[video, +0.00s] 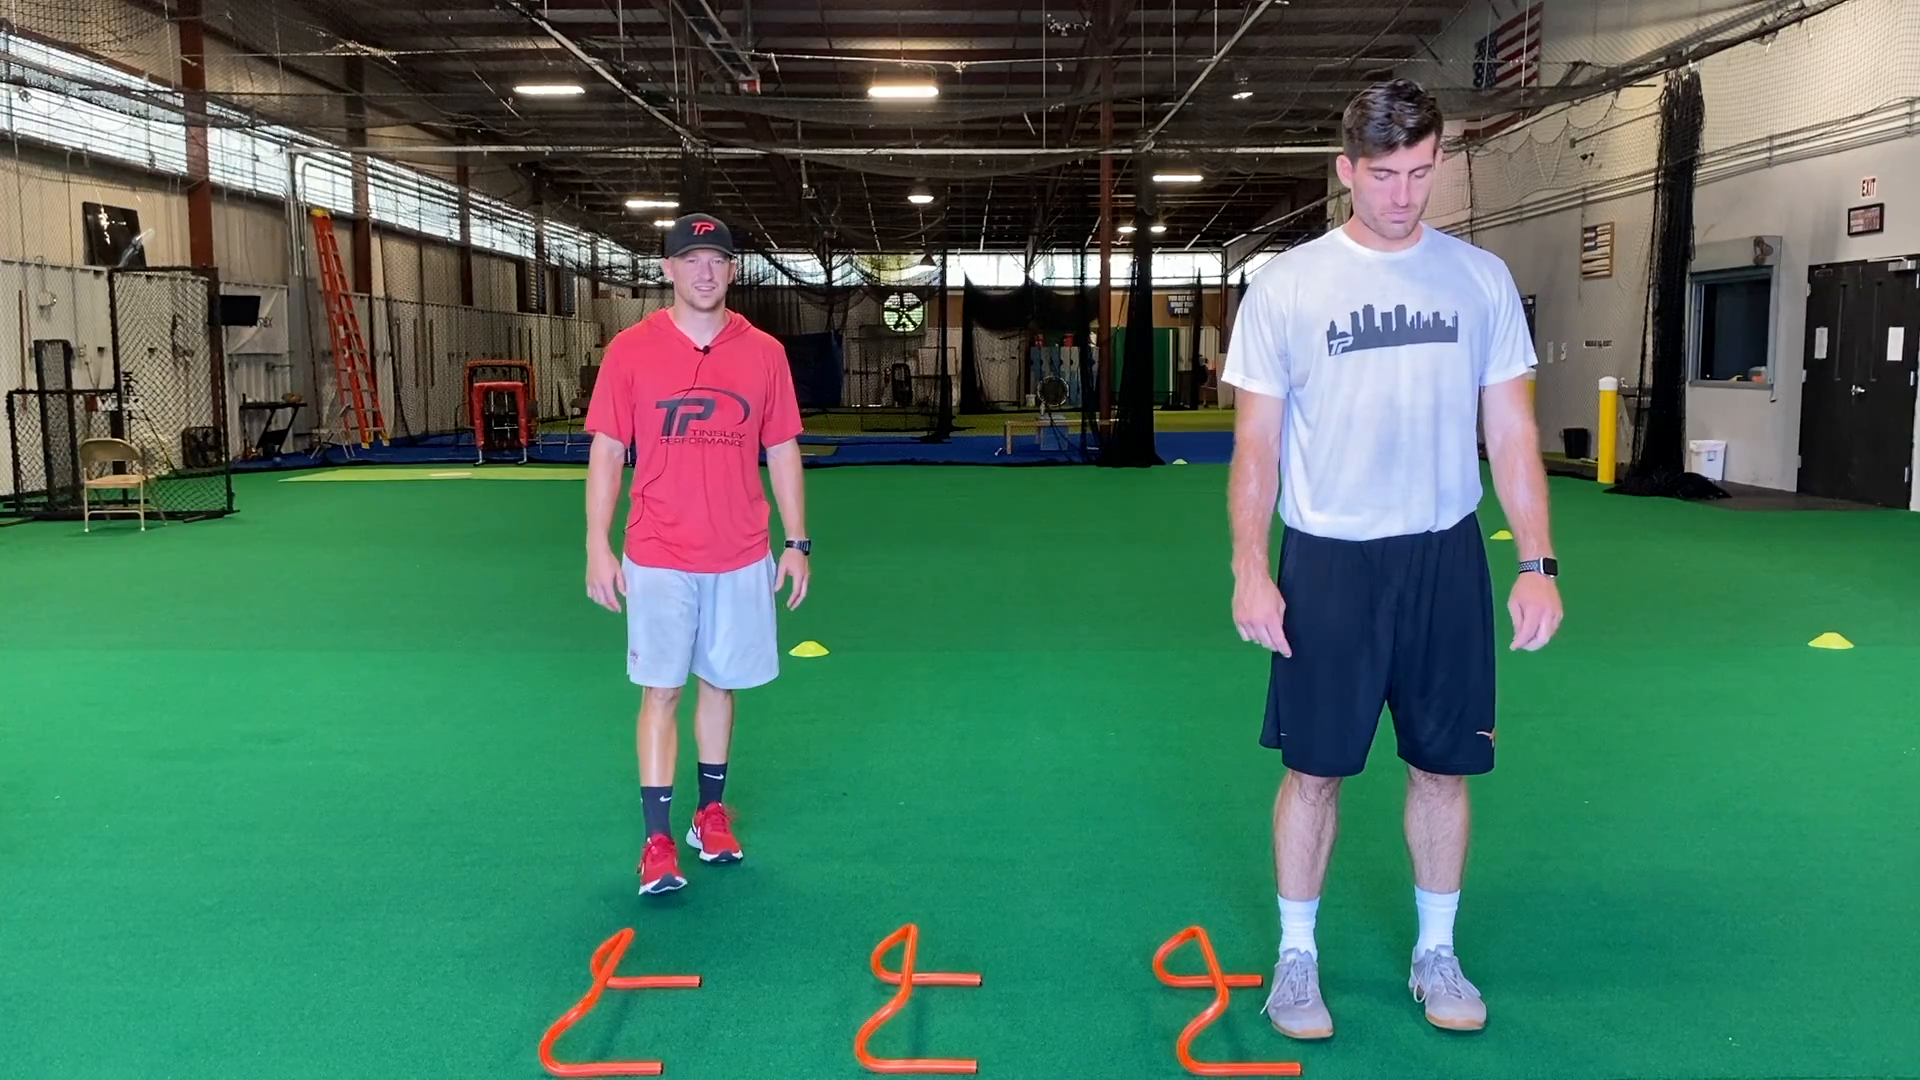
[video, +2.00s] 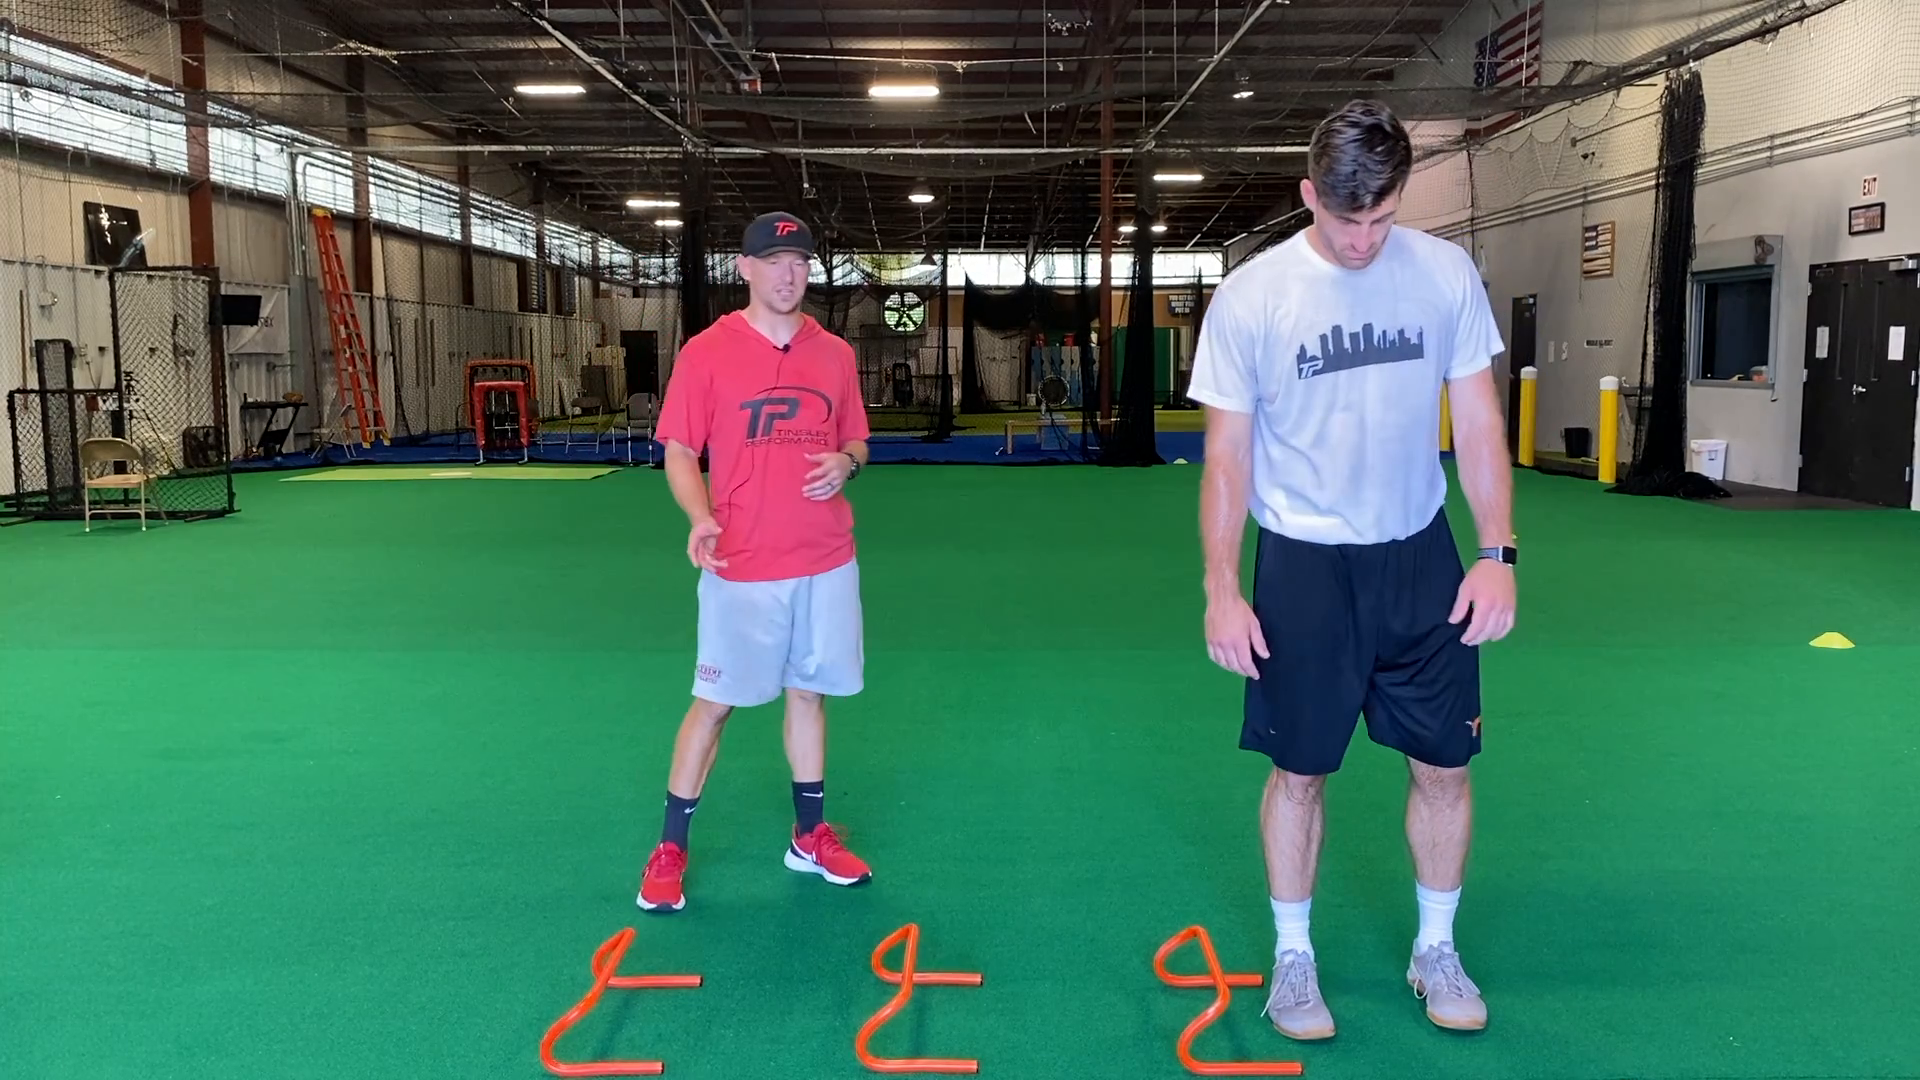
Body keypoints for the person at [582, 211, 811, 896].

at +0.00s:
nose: (705, 271)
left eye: (716, 259)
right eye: (691, 259)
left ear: (732, 268)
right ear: (668, 268)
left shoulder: (764, 353)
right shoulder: (631, 350)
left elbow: (783, 450)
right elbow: (606, 453)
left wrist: (796, 540)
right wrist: (598, 544)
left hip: (739, 552)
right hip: (659, 553)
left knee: (719, 684)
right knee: (662, 690)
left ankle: (711, 812)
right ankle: (658, 838)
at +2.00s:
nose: (788, 273)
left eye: (798, 261)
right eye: (774, 261)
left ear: (810, 271)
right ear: (744, 268)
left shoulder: (836, 356)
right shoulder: (706, 353)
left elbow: (854, 442)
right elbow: (678, 451)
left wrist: (847, 459)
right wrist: (700, 515)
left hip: (823, 560)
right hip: (740, 564)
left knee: (808, 691)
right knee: (714, 700)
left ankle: (810, 833)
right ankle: (671, 849)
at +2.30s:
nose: (816, 274)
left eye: (828, 264)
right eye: (803, 261)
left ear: (844, 275)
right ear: (779, 268)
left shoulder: (869, 360)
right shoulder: (734, 346)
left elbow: (903, 448)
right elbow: (705, 440)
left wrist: (871, 471)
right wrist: (719, 506)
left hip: (831, 559)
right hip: (751, 554)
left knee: (813, 692)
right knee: (732, 692)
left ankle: (812, 834)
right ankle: (696, 837)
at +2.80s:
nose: (797, 283)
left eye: (804, 271)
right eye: (782, 272)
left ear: (813, 276)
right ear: (751, 276)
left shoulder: (839, 361)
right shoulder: (710, 353)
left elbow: (863, 442)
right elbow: (683, 444)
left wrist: (860, 458)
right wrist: (705, 503)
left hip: (814, 556)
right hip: (732, 557)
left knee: (804, 686)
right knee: (713, 685)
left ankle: (810, 830)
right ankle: (704, 783)